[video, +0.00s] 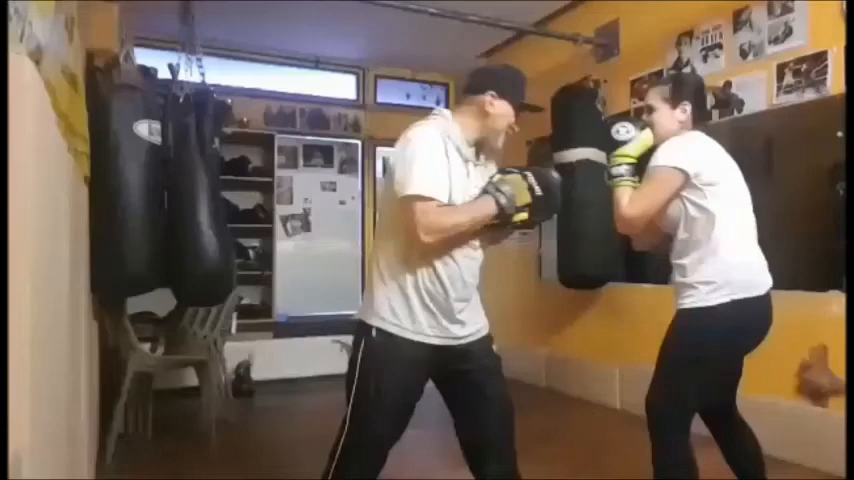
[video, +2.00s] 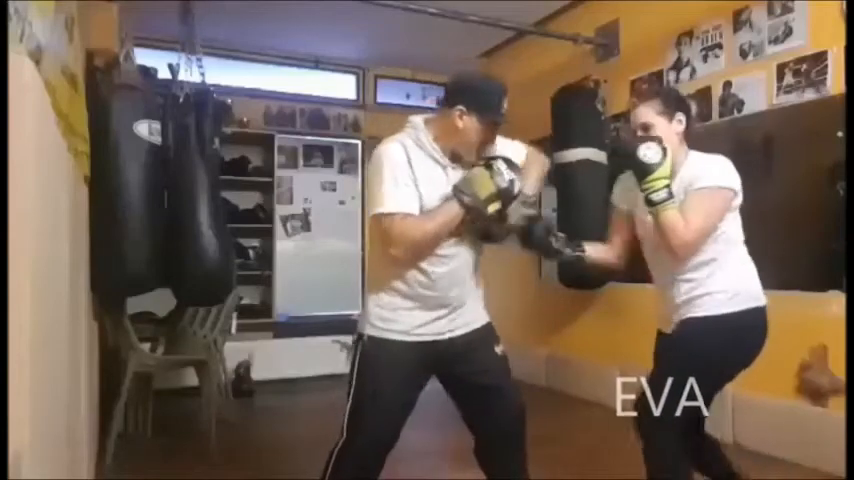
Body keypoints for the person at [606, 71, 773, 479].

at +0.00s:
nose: (643, 119)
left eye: (651, 109)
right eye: (643, 110)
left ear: (682, 111)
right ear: (682, 113)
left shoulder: (682, 149)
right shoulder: (709, 151)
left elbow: (629, 219)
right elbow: (645, 239)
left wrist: (621, 168)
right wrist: (627, 184)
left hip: (710, 308)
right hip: (745, 304)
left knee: (664, 411)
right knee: (718, 408)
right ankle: (755, 474)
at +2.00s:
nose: (640, 137)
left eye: (648, 126)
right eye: (635, 129)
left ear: (679, 123)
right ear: (630, 133)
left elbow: (681, 246)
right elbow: (616, 256)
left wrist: (657, 187)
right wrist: (567, 245)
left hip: (727, 316)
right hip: (676, 322)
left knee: (657, 415)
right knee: (682, 428)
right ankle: (729, 475)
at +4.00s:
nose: (638, 131)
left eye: (647, 118)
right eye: (635, 121)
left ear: (680, 115)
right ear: (681, 118)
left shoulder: (672, 153)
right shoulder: (704, 153)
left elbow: (607, 190)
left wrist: (581, 158)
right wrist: (635, 159)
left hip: (690, 311)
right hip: (729, 307)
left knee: (634, 414)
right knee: (701, 410)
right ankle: (743, 475)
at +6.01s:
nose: (627, 127)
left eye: (634, 117)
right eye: (625, 119)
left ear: (666, 113)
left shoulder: (703, 155)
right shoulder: (634, 173)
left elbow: (673, 229)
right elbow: (606, 239)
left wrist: (646, 165)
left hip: (711, 309)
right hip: (674, 315)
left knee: (641, 413)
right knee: (687, 418)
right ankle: (731, 474)